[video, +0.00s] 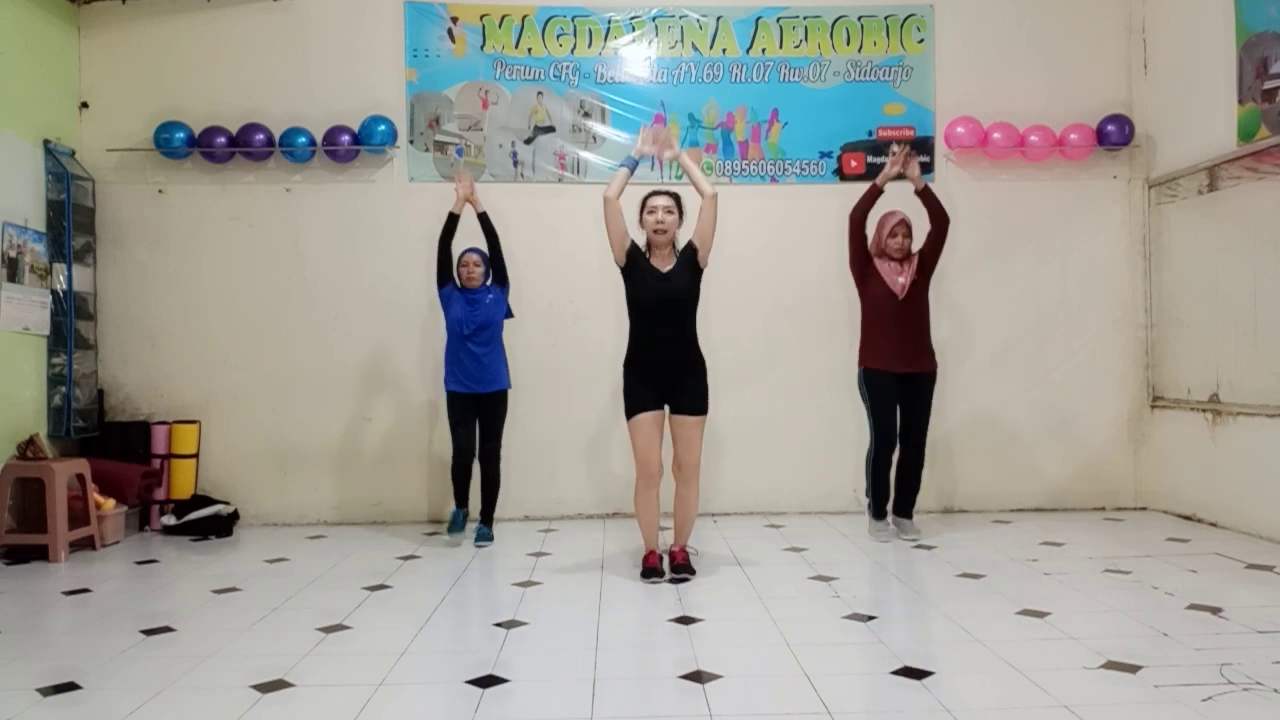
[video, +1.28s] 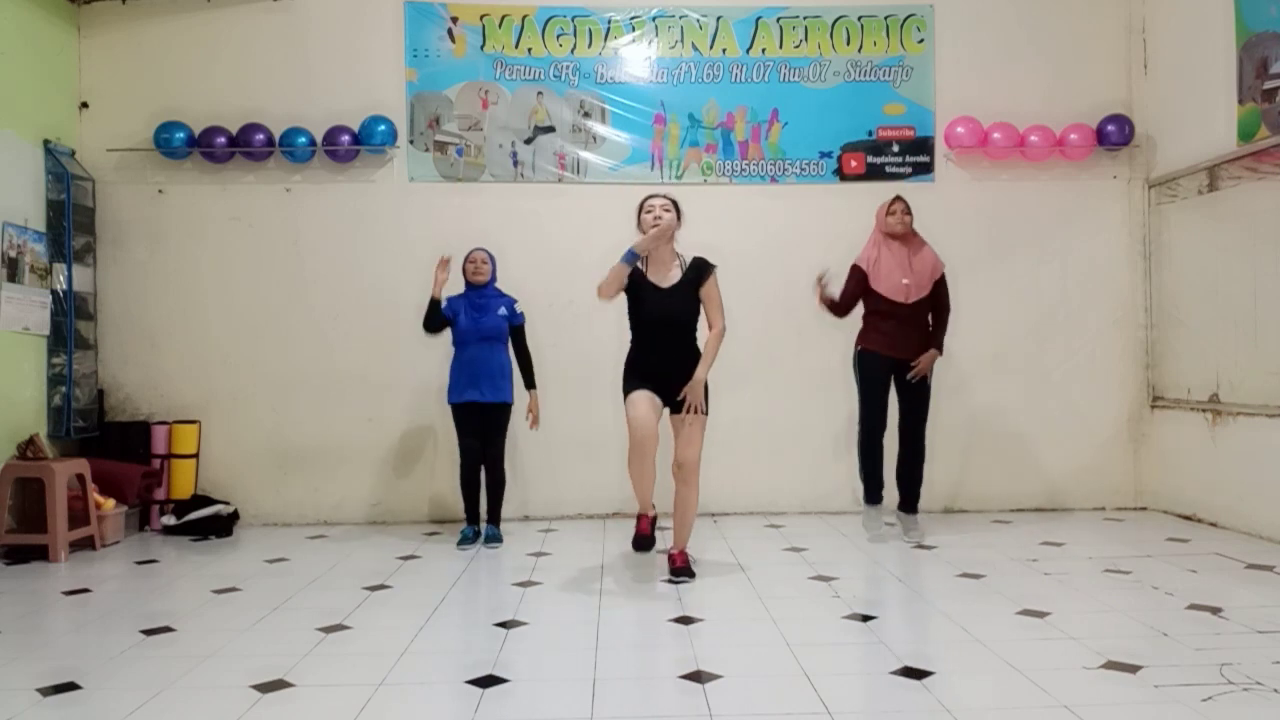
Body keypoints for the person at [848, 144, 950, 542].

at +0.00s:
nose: (902, 237)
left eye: (906, 232)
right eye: (894, 232)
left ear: (912, 239)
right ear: (879, 238)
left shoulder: (921, 267)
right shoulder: (866, 269)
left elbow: (941, 223)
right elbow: (856, 219)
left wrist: (917, 181)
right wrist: (883, 178)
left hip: (919, 368)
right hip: (878, 368)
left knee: (914, 445)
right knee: (884, 442)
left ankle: (904, 515)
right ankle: (878, 514)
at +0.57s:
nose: (894, 222)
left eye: (898, 216)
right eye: (886, 217)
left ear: (904, 218)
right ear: (874, 222)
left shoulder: (919, 248)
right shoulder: (863, 251)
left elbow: (956, 241)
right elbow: (858, 237)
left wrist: (941, 206)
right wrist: (892, 207)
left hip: (912, 349)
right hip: (871, 348)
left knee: (912, 427)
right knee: (871, 425)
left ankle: (911, 507)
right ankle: (874, 504)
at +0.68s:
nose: (891, 224)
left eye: (895, 219)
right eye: (884, 220)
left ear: (902, 226)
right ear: (872, 228)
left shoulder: (915, 257)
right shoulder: (859, 258)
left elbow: (949, 270)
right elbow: (860, 274)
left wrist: (941, 256)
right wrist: (893, 258)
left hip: (911, 356)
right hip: (871, 356)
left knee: (912, 434)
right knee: (872, 430)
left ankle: (907, 509)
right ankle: (868, 508)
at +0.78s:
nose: (891, 232)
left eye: (895, 226)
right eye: (883, 227)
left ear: (903, 234)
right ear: (871, 236)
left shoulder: (917, 273)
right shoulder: (860, 275)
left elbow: (939, 291)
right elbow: (868, 303)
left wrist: (951, 307)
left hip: (912, 368)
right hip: (871, 368)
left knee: (914, 443)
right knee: (869, 442)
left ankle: (904, 514)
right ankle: (864, 517)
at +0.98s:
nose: (895, 213)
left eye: (900, 209)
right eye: (887, 210)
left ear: (907, 218)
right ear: (876, 221)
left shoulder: (923, 254)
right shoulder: (864, 258)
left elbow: (936, 304)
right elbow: (860, 312)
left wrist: (936, 345)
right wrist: (883, 352)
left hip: (914, 353)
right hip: (871, 353)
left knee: (919, 431)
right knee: (869, 429)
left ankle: (908, 505)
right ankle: (866, 508)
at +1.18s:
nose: (903, 225)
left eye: (907, 220)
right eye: (895, 221)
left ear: (914, 229)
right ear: (883, 231)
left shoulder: (931, 271)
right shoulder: (872, 270)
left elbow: (942, 321)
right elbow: (854, 318)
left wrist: (937, 359)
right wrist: (829, 340)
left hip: (915, 368)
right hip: (874, 364)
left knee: (915, 443)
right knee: (871, 436)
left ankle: (907, 517)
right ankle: (867, 511)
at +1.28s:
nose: (901, 217)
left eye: (905, 213)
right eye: (893, 213)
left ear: (912, 220)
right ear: (881, 222)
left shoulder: (928, 259)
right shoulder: (869, 257)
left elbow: (942, 308)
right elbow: (844, 307)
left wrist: (935, 349)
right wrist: (827, 299)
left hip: (915, 355)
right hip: (874, 352)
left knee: (914, 433)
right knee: (872, 428)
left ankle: (909, 510)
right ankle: (873, 505)